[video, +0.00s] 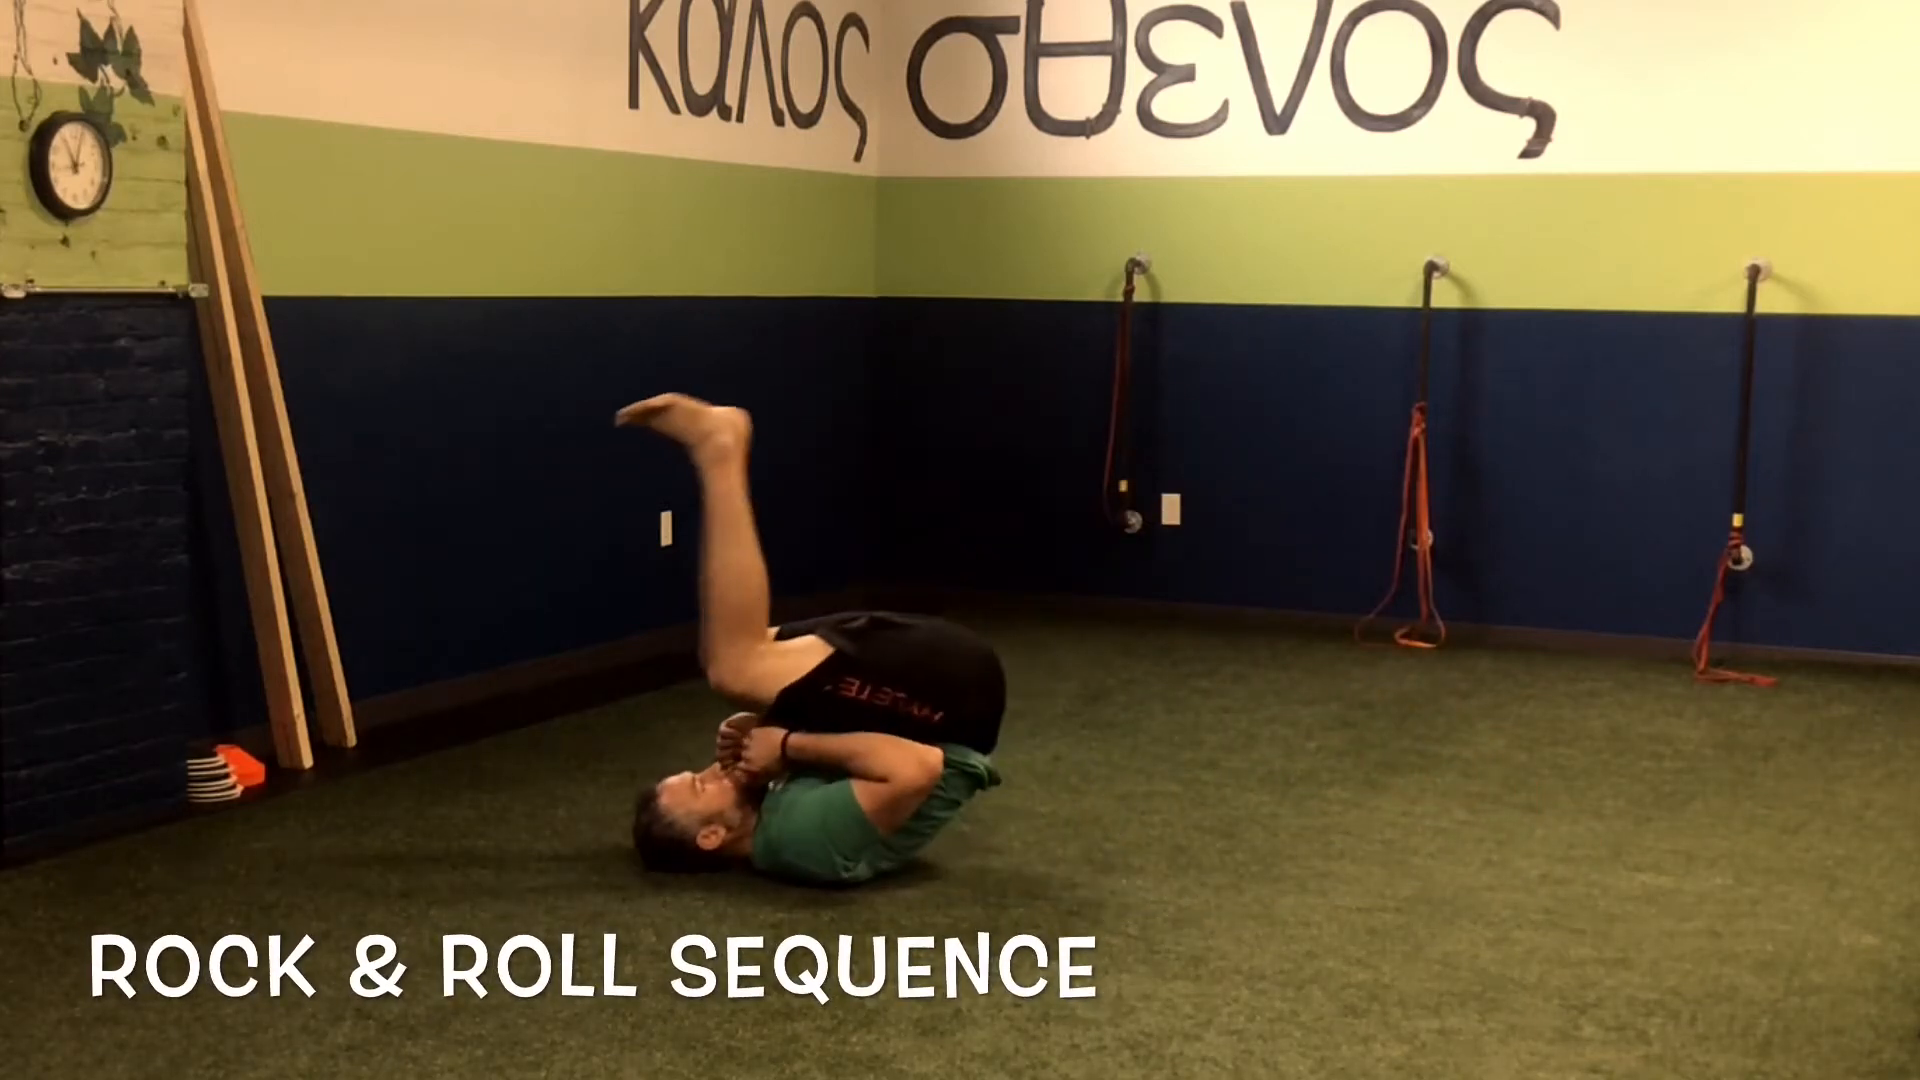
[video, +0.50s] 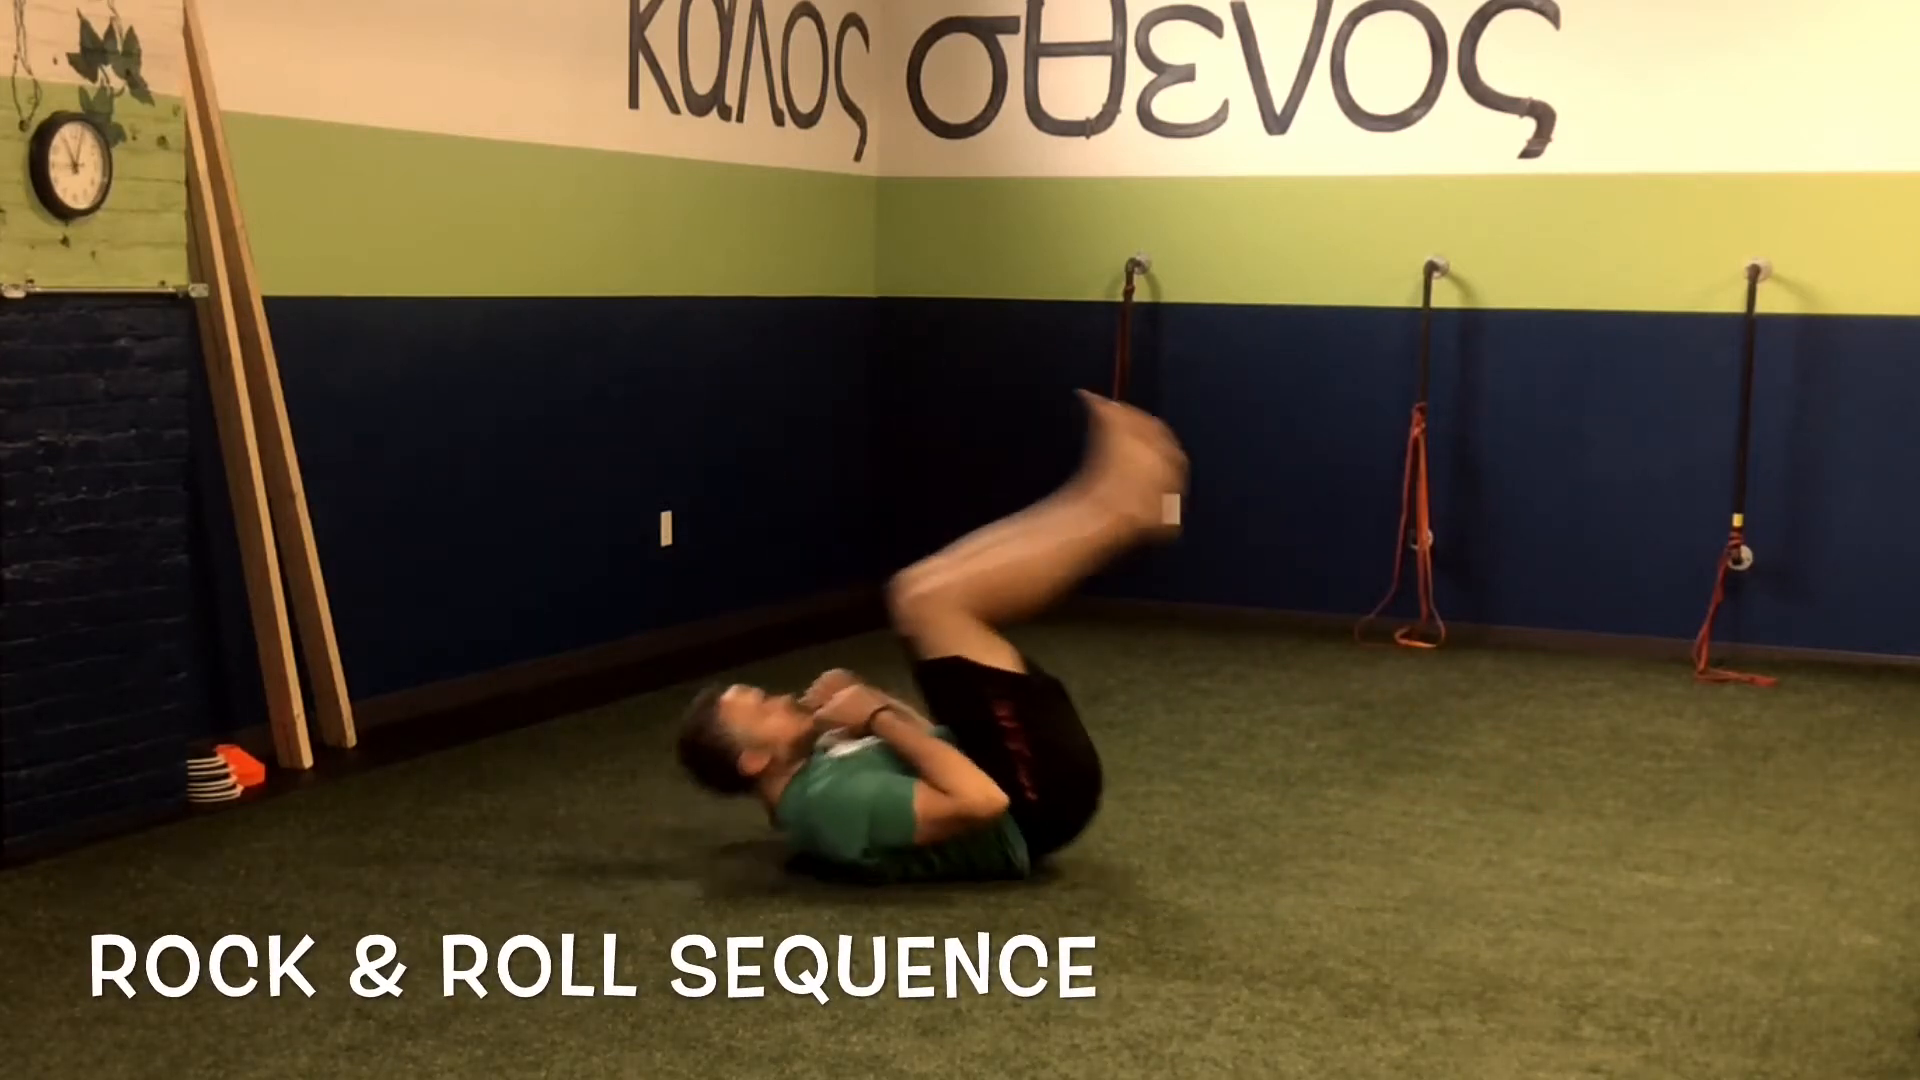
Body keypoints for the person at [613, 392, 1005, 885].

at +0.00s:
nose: (713, 771)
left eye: (696, 775)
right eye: (701, 786)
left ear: (717, 834)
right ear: (714, 835)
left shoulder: (767, 817)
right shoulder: (797, 839)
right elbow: (918, 769)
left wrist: (758, 736)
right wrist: (784, 747)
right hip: (965, 689)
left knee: (738, 653)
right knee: (735, 665)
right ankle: (719, 446)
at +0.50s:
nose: (779, 693)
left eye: (759, 691)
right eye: (758, 704)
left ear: (761, 759)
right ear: (756, 760)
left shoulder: (815, 770)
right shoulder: (823, 803)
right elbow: (981, 801)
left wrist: (876, 705)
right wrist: (878, 716)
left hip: (1013, 776)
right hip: (1036, 795)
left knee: (919, 589)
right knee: (923, 594)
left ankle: (1103, 496)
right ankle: (1122, 506)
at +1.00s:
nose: (1013, 564)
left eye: (1005, 549)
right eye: (998, 554)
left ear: (957, 575)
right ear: (960, 576)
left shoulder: (939, 645)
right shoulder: (977, 661)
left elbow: (1045, 743)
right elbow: (1085, 778)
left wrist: (1063, 674)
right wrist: (1092, 666)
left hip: (1060, 822)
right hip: (1091, 841)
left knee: (1184, 628)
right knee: (1212, 641)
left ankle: (1349, 767)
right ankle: (1358, 794)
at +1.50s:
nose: (1173, 542)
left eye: (1171, 526)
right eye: (1165, 527)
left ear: (1116, 531)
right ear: (1123, 534)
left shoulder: (1059, 595)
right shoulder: (1102, 621)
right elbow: (1159, 766)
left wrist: (1177, 659)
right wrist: (1201, 667)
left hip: (1086, 821)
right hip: (1119, 838)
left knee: (1250, 658)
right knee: (1292, 675)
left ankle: (1386, 831)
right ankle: (1397, 847)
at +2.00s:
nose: (1062, 544)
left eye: (1055, 529)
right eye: (1048, 532)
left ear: (998, 552)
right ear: (1006, 550)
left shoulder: (972, 622)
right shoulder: (1021, 642)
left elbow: (1066, 729)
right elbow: (1101, 775)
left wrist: (1090, 656)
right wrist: (1123, 662)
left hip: (1065, 821)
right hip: (1101, 842)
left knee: (1219, 644)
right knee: (1257, 660)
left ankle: (1365, 808)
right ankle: (1374, 822)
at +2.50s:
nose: (902, 609)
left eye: (889, 599)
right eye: (882, 607)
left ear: (859, 643)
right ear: (852, 646)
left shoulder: (890, 698)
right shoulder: (900, 713)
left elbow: (1013, 770)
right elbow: (1035, 799)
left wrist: (996, 673)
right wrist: (1007, 681)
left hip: (1059, 825)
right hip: (1080, 844)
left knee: (1083, 601)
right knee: (1095, 604)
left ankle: (1294, 625)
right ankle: (1308, 626)